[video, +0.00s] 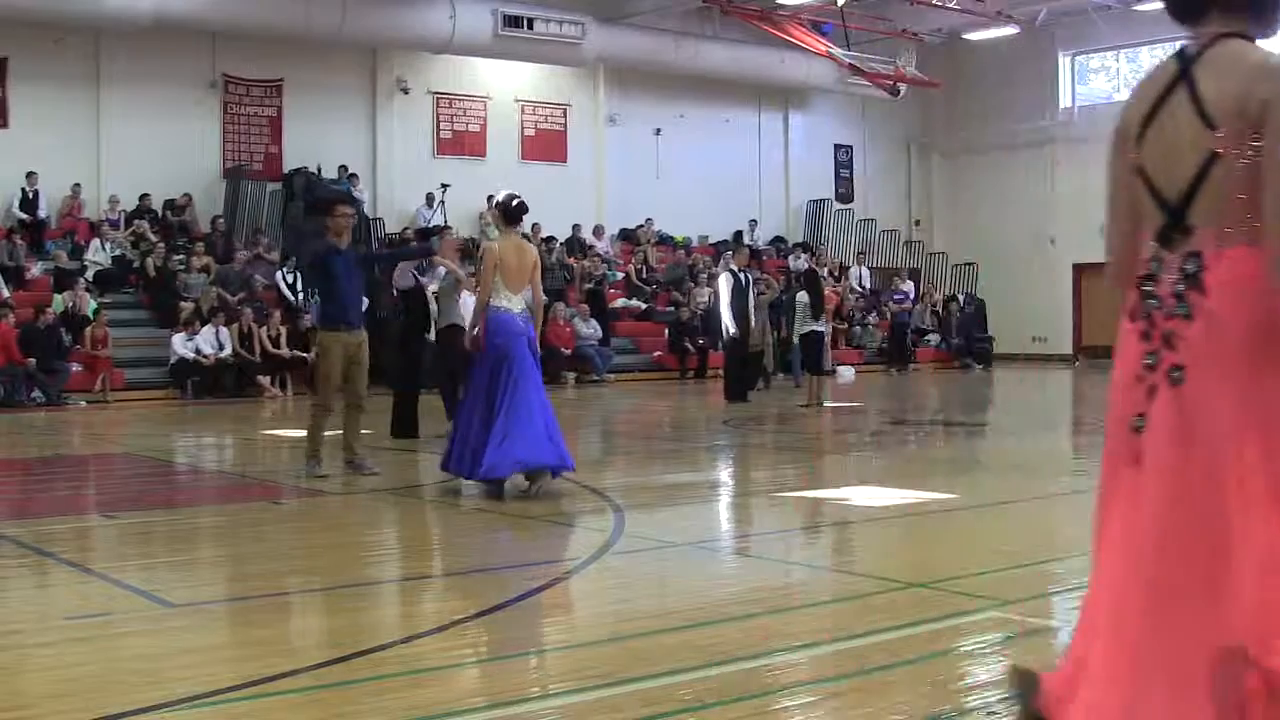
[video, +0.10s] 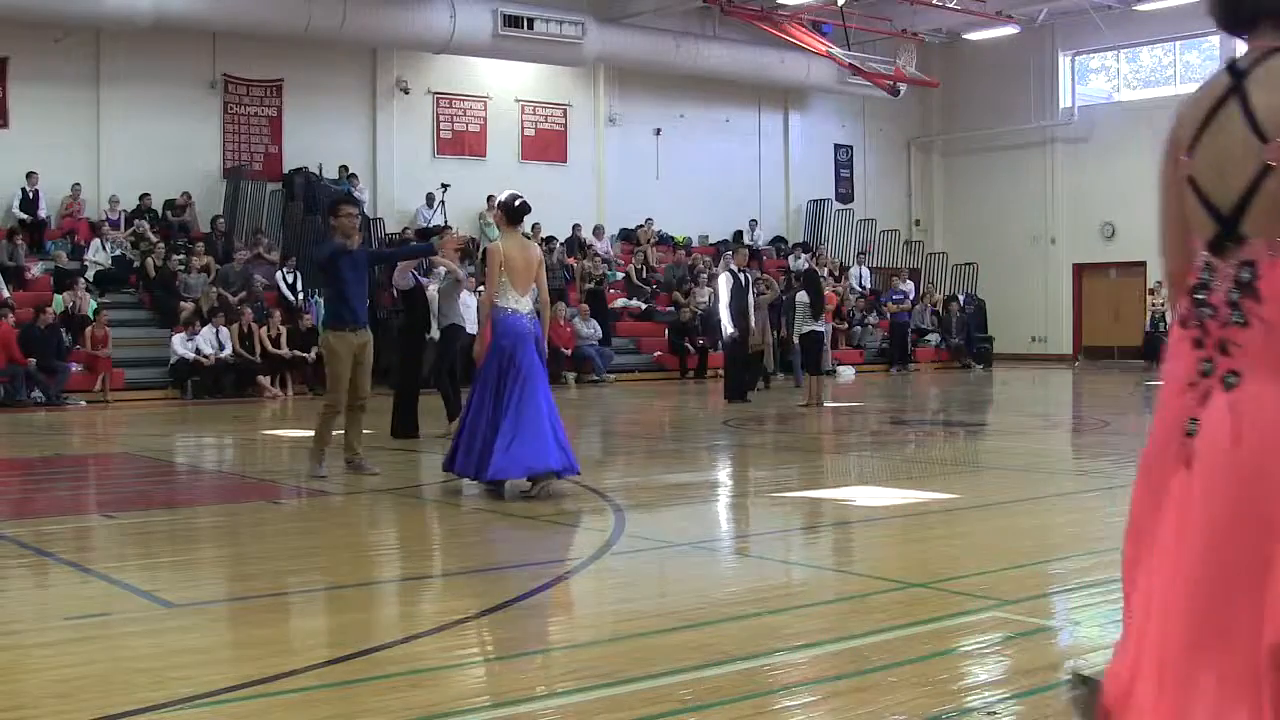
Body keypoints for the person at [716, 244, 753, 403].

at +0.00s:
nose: (747, 259)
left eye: (748, 256)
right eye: (745, 255)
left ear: (745, 257)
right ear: (736, 256)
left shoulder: (747, 277)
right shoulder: (725, 277)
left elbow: (751, 302)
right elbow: (724, 304)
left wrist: (752, 322)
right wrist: (731, 327)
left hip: (746, 321)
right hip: (733, 321)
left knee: (742, 358)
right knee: (732, 359)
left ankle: (741, 391)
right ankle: (731, 393)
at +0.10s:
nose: (746, 259)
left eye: (747, 256)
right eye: (743, 255)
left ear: (746, 258)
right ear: (734, 256)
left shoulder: (747, 277)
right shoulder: (725, 276)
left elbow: (750, 302)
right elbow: (723, 304)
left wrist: (752, 322)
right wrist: (729, 327)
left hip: (745, 320)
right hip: (732, 320)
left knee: (742, 357)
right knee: (732, 359)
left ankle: (741, 391)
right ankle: (731, 393)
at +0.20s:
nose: (746, 259)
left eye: (747, 256)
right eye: (743, 255)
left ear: (747, 258)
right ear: (734, 256)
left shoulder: (747, 277)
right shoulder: (725, 276)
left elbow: (750, 302)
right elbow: (721, 304)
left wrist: (752, 323)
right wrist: (724, 328)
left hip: (743, 322)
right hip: (731, 322)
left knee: (742, 357)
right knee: (732, 359)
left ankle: (741, 391)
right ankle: (731, 393)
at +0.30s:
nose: (746, 259)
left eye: (747, 256)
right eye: (743, 255)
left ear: (746, 258)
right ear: (734, 256)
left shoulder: (747, 277)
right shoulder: (725, 276)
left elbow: (750, 304)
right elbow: (720, 303)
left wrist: (751, 325)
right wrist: (720, 327)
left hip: (742, 323)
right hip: (730, 323)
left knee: (742, 358)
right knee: (731, 360)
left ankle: (741, 392)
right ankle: (732, 393)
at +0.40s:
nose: (746, 259)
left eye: (747, 256)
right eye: (743, 255)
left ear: (747, 258)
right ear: (735, 256)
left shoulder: (746, 277)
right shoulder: (725, 276)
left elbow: (749, 303)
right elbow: (717, 301)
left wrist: (751, 323)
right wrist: (714, 324)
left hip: (742, 320)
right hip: (728, 319)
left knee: (742, 355)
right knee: (732, 356)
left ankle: (741, 391)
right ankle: (733, 393)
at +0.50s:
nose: (747, 259)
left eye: (748, 256)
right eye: (744, 256)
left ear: (747, 258)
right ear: (735, 257)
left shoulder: (747, 277)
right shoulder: (726, 276)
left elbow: (749, 301)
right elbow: (714, 298)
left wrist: (751, 321)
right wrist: (707, 319)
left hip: (742, 320)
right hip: (728, 319)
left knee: (742, 355)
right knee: (732, 355)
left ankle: (741, 392)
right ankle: (734, 393)